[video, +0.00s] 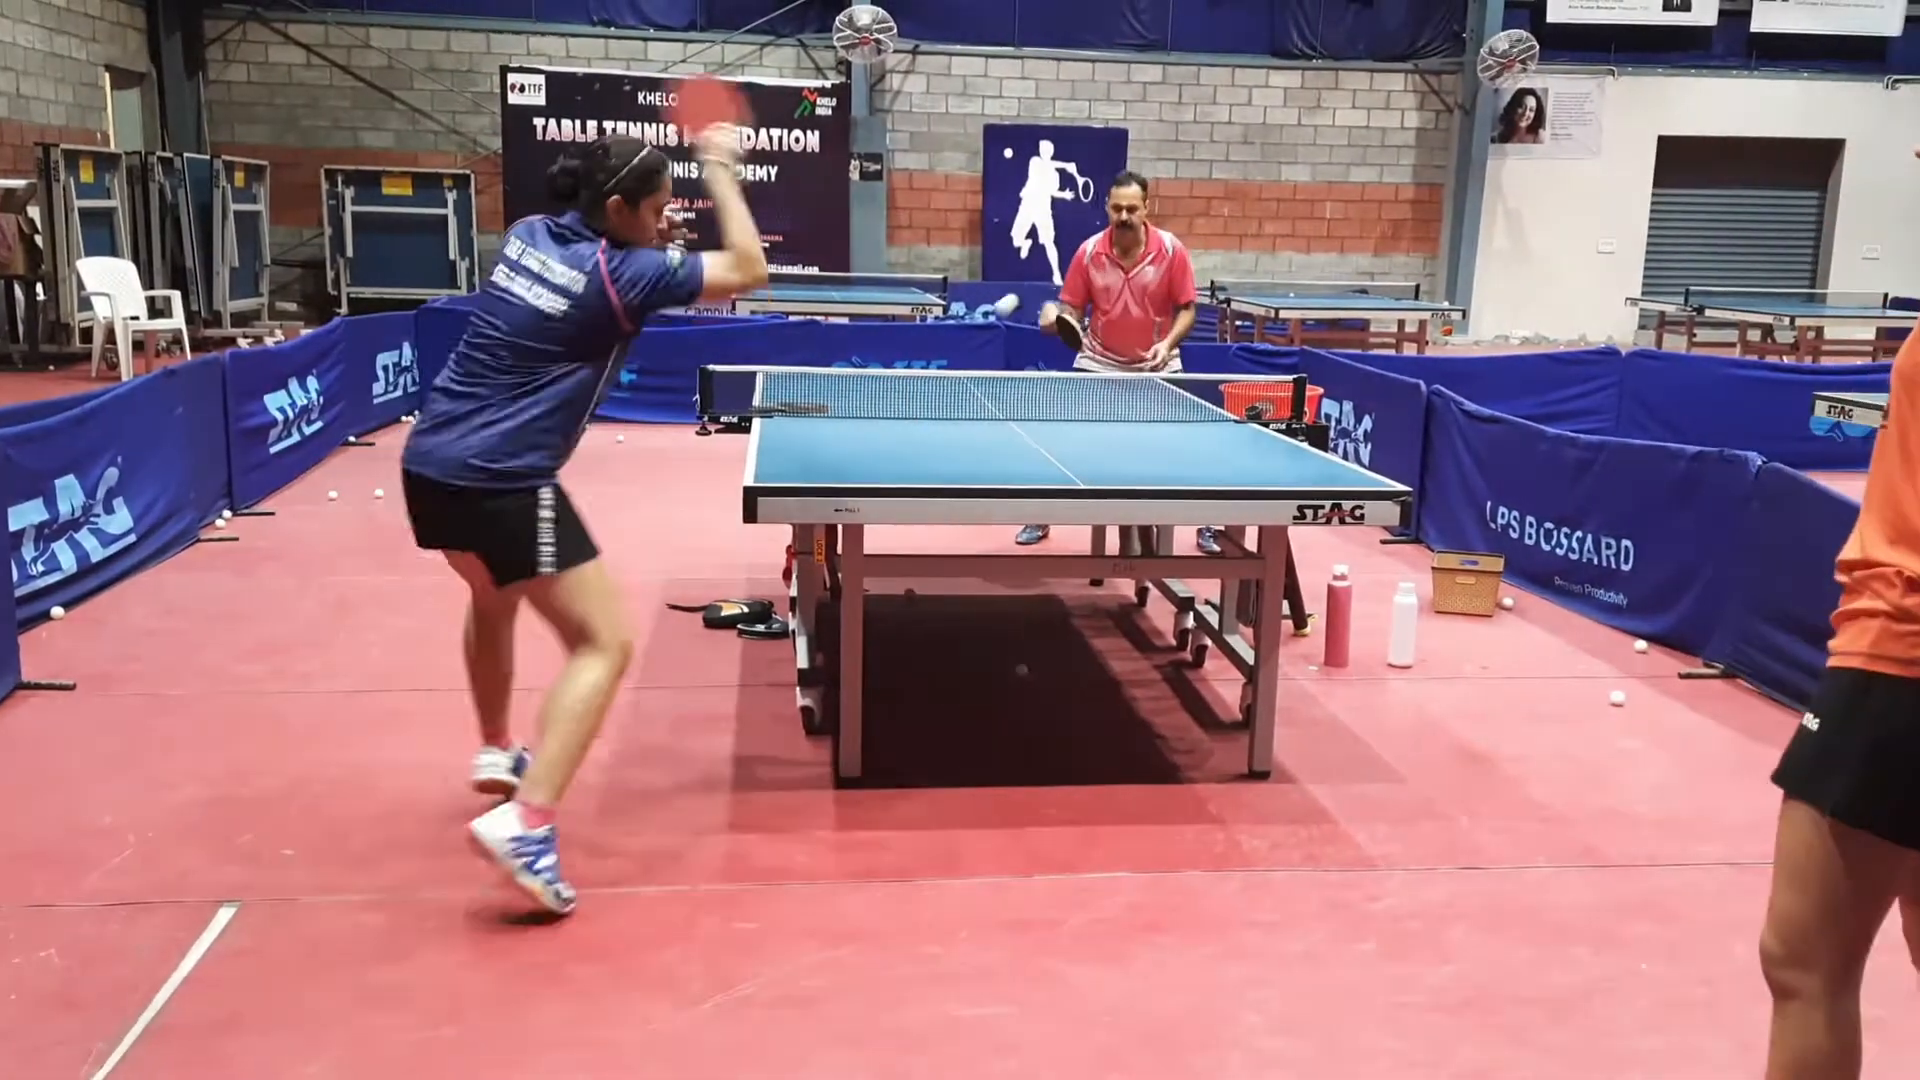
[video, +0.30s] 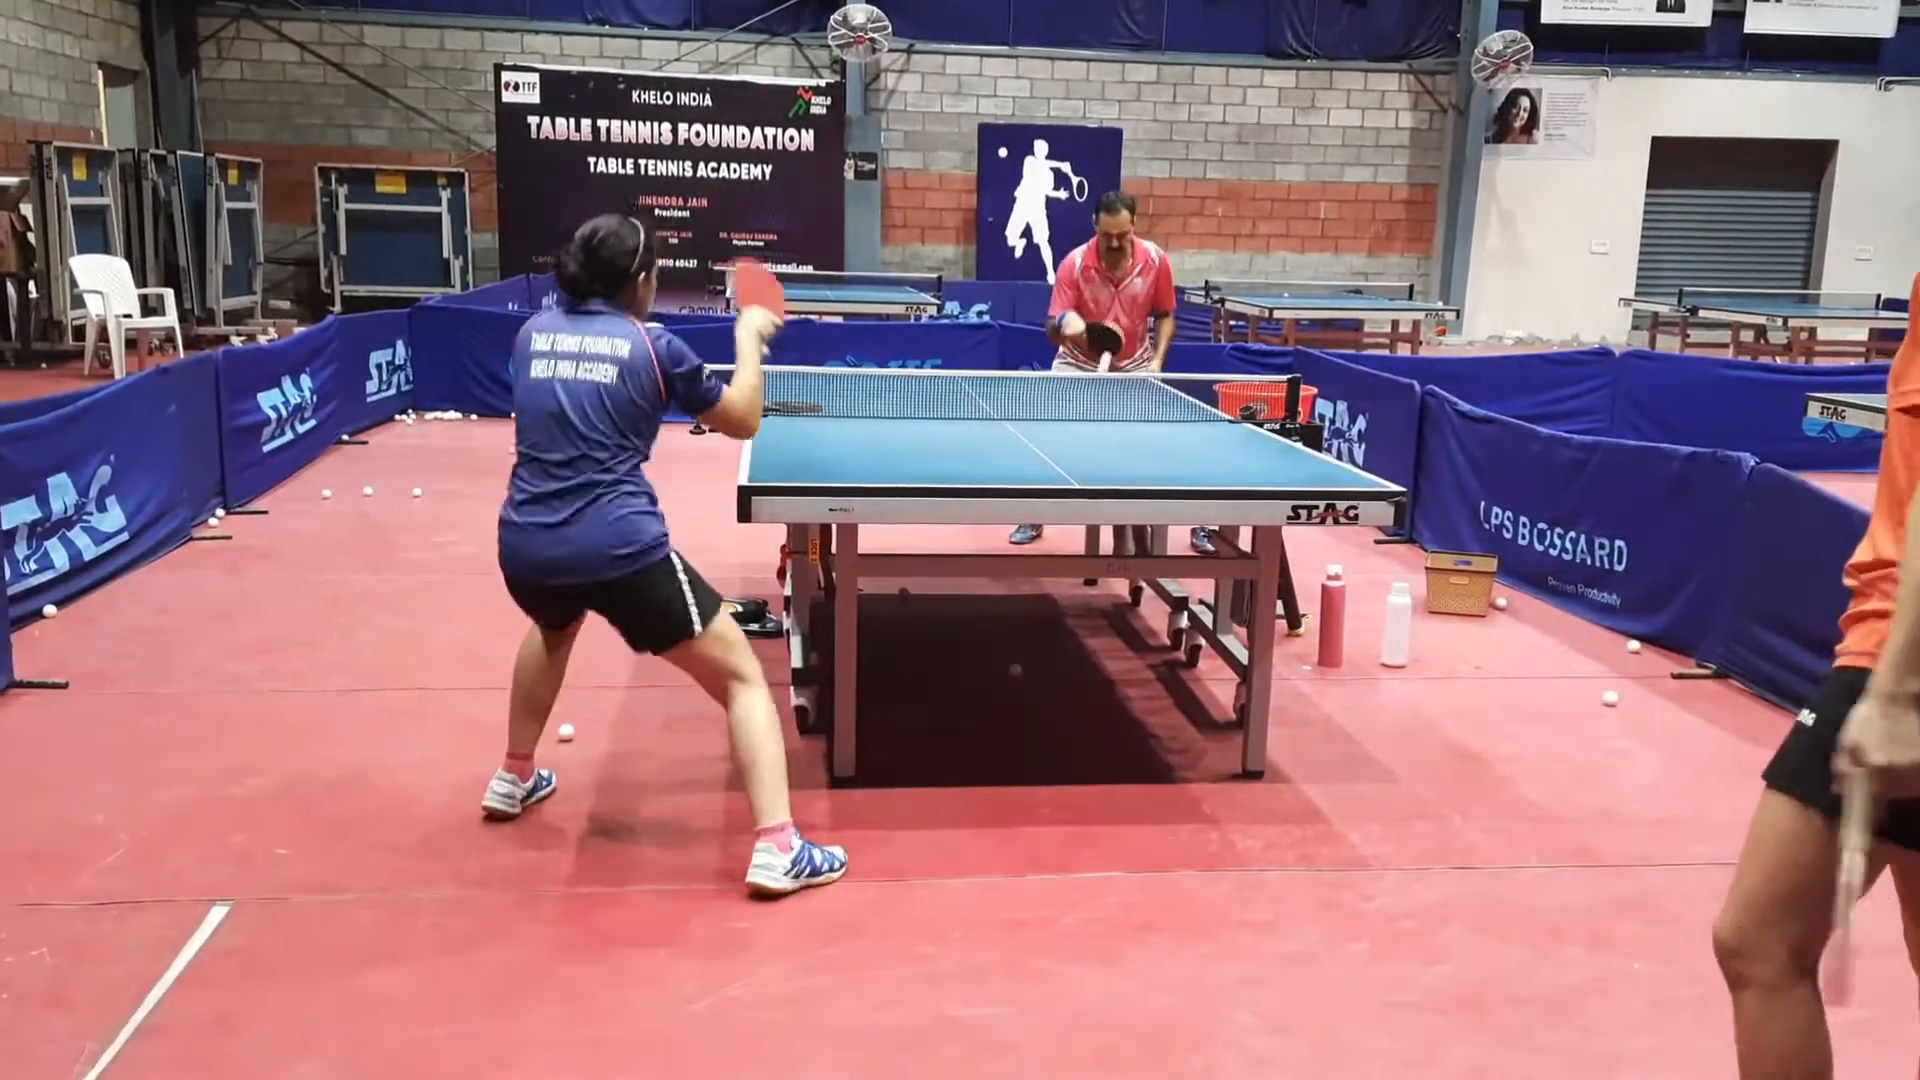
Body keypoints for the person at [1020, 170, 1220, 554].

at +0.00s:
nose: (1124, 217)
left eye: (1132, 210)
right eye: (1117, 209)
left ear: (1146, 209)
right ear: (1107, 209)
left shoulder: (1171, 251)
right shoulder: (1090, 251)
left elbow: (1187, 310)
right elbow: (1072, 309)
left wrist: (1167, 344)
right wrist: (1055, 316)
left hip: (1158, 365)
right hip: (1098, 362)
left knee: (1190, 435)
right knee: (1061, 429)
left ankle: (1209, 522)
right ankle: (1039, 516)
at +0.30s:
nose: (1114, 242)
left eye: (1122, 235)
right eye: (1107, 234)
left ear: (1134, 228)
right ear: (1095, 227)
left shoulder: (1155, 261)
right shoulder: (1074, 264)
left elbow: (1166, 315)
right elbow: (1052, 326)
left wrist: (1158, 358)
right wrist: (1068, 326)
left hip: (1135, 365)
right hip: (1076, 364)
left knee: (1169, 434)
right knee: (1046, 429)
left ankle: (1201, 520)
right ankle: (1032, 516)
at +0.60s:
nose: (1116, 221)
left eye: (1124, 214)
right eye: (1109, 214)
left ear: (1137, 213)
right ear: (1099, 212)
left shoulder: (1154, 252)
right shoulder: (1076, 255)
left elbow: (1163, 305)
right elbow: (1056, 316)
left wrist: (1159, 343)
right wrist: (1074, 334)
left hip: (1133, 363)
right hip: (1075, 361)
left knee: (1164, 434)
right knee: (1044, 430)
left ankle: (1194, 521)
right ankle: (1026, 514)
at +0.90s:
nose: (1114, 224)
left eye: (1122, 216)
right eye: (1107, 215)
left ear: (1137, 214)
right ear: (1097, 213)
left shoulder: (1160, 257)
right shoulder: (1079, 258)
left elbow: (1173, 316)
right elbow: (1064, 314)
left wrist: (1159, 348)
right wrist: (1071, 331)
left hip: (1143, 368)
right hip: (1084, 366)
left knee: (1180, 433)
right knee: (1041, 428)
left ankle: (1190, 520)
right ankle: (1021, 513)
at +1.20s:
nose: (1105, 219)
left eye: (1113, 211)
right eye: (1098, 211)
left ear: (1128, 210)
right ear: (1089, 209)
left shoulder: (1153, 252)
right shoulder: (1072, 253)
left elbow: (1168, 310)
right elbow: (1054, 306)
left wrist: (1152, 340)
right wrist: (1042, 318)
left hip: (1137, 362)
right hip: (1078, 360)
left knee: (1174, 430)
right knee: (1039, 424)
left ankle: (1187, 518)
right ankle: (1018, 509)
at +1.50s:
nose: (1107, 230)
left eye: (1114, 223)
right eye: (1100, 222)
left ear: (1126, 215)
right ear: (1088, 214)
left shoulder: (1148, 250)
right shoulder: (1067, 253)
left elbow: (1156, 304)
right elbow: (1053, 312)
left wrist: (1146, 345)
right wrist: (1066, 326)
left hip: (1125, 357)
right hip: (1068, 354)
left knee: (1156, 426)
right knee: (1033, 419)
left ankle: (1184, 514)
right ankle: (1014, 506)